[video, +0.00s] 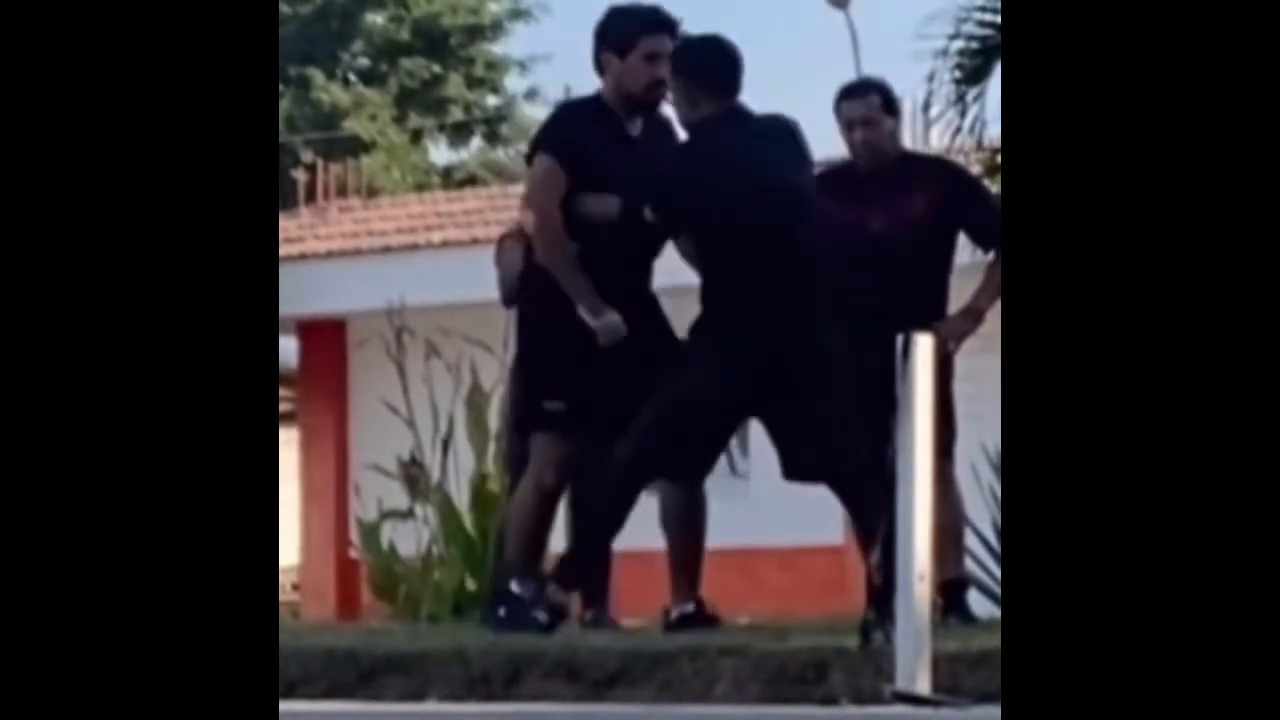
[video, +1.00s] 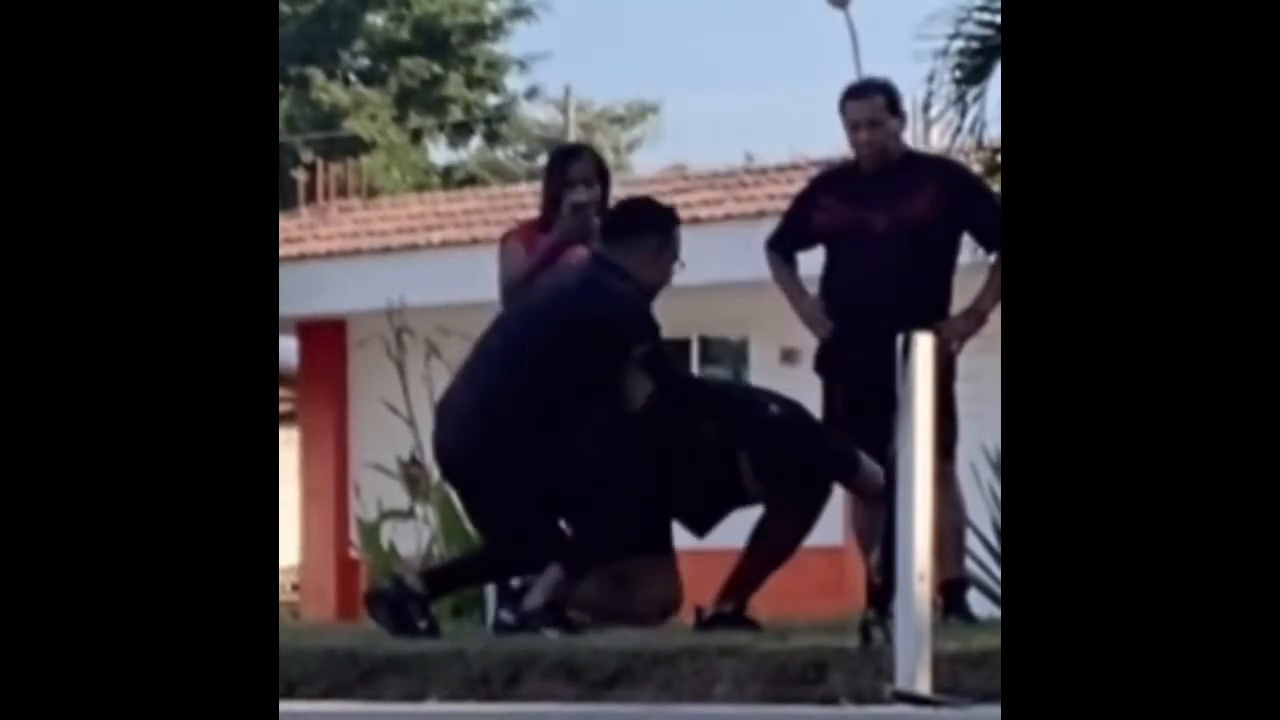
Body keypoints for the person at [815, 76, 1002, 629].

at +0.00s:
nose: (861, 135)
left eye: (870, 122)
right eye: (850, 126)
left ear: (895, 122)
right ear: (841, 133)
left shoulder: (939, 179)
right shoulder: (824, 187)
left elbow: (999, 242)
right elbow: (796, 262)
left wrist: (970, 315)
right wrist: (806, 326)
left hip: (919, 344)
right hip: (844, 344)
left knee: (932, 470)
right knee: (861, 474)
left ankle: (952, 589)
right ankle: (882, 595)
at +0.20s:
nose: (862, 137)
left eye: (872, 125)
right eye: (852, 127)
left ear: (897, 123)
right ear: (841, 132)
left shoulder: (942, 179)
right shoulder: (828, 187)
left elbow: (1000, 244)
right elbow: (775, 253)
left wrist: (971, 316)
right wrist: (812, 317)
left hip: (922, 351)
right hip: (850, 351)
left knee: (934, 475)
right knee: (864, 481)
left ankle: (951, 588)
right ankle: (875, 592)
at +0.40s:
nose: (863, 138)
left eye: (873, 125)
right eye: (852, 127)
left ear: (897, 123)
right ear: (841, 132)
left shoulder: (943, 179)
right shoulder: (828, 187)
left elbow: (1000, 244)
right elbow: (775, 251)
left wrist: (972, 315)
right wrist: (809, 314)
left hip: (922, 351)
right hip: (851, 351)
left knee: (934, 474)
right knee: (865, 481)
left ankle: (951, 588)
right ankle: (879, 592)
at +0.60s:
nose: (863, 137)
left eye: (872, 124)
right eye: (852, 127)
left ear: (898, 123)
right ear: (842, 132)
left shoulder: (942, 179)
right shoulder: (826, 189)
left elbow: (999, 243)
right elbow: (772, 262)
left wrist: (974, 315)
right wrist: (813, 318)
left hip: (923, 349)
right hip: (850, 351)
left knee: (934, 472)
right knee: (865, 482)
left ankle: (952, 590)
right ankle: (879, 599)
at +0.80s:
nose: (863, 137)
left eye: (873, 125)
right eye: (853, 127)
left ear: (899, 123)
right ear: (842, 132)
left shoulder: (943, 180)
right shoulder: (829, 188)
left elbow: (1001, 243)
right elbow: (777, 251)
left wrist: (973, 316)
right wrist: (814, 319)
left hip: (922, 348)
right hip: (851, 347)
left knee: (934, 473)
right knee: (865, 482)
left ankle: (951, 591)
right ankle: (878, 599)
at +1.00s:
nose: (863, 137)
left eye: (873, 125)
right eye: (853, 127)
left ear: (899, 123)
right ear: (843, 131)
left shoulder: (944, 180)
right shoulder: (830, 188)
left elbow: (1002, 246)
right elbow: (778, 251)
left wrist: (972, 317)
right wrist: (814, 319)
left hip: (922, 350)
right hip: (850, 349)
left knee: (933, 473)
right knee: (864, 479)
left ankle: (952, 591)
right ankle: (878, 596)